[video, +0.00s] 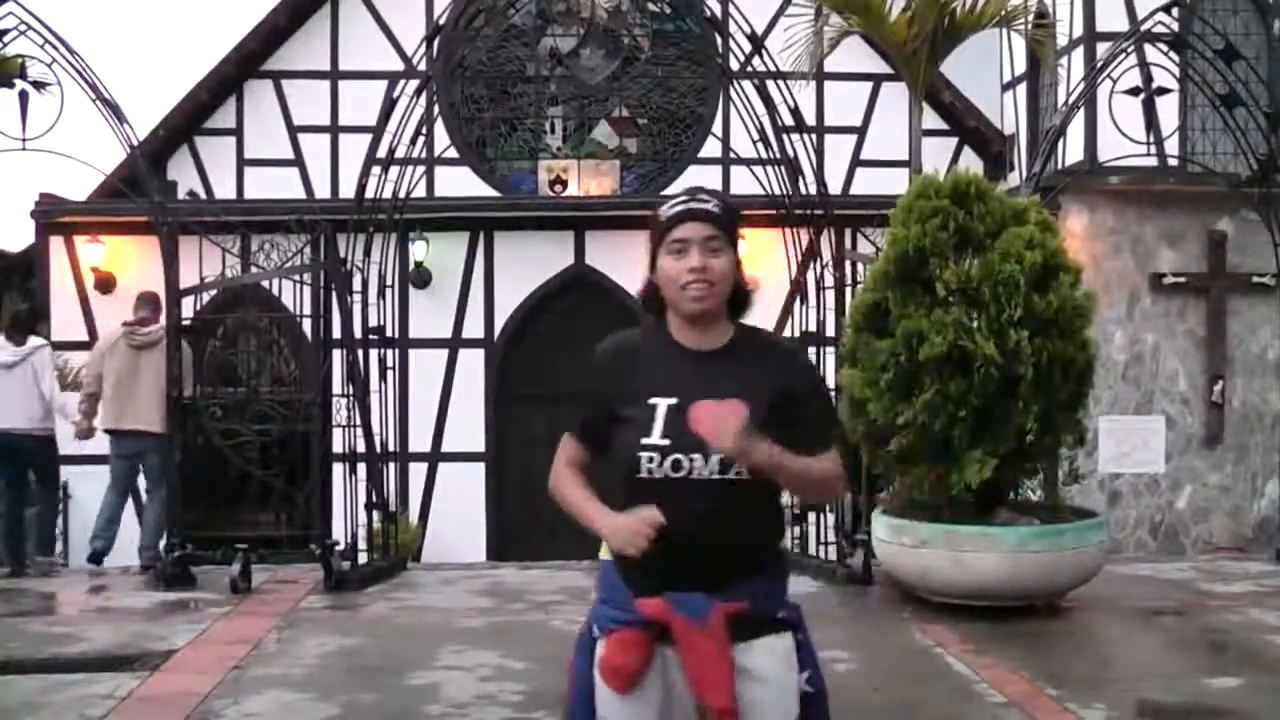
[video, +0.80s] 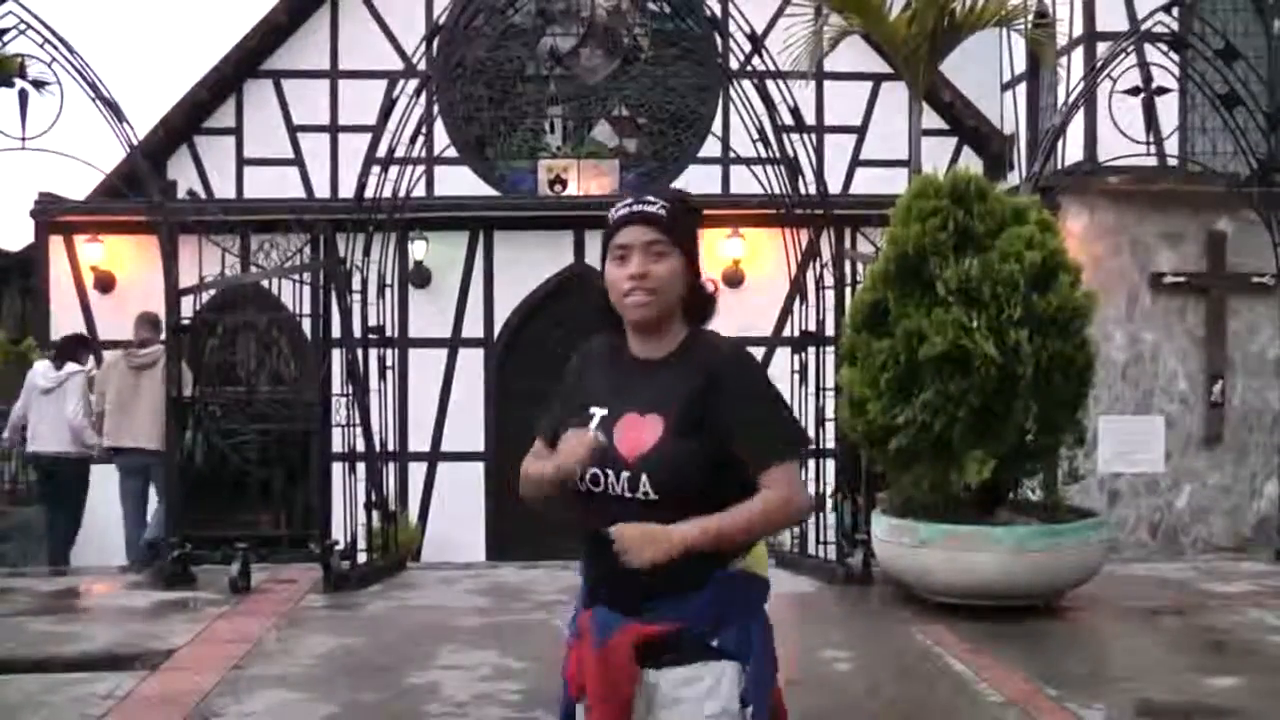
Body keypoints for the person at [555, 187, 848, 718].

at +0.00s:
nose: (697, 265)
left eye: (713, 249)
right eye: (679, 252)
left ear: (737, 266)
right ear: (656, 271)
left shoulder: (781, 362)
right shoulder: (620, 359)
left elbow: (833, 479)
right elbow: (562, 471)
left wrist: (758, 452)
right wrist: (608, 523)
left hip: (750, 615)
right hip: (635, 614)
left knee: (775, 708)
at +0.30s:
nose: (634, 265)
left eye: (650, 248)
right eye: (617, 251)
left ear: (677, 262)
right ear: (598, 268)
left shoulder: (731, 353)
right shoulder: (575, 361)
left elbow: (790, 459)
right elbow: (533, 476)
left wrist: (688, 452)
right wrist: (569, 467)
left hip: (714, 595)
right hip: (606, 598)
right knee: (592, 709)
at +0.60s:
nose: (622, 264)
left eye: (641, 247)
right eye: (606, 250)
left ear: (671, 262)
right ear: (588, 268)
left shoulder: (714, 354)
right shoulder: (572, 362)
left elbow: (764, 473)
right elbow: (532, 498)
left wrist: (656, 518)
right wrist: (531, 468)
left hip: (698, 602)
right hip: (602, 602)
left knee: (684, 711)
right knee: (593, 711)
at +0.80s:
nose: (636, 271)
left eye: (657, 254)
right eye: (621, 256)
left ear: (691, 270)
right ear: (605, 273)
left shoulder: (727, 368)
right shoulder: (591, 362)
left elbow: (789, 497)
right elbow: (528, 481)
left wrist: (677, 537)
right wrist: (559, 466)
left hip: (708, 624)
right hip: (606, 619)